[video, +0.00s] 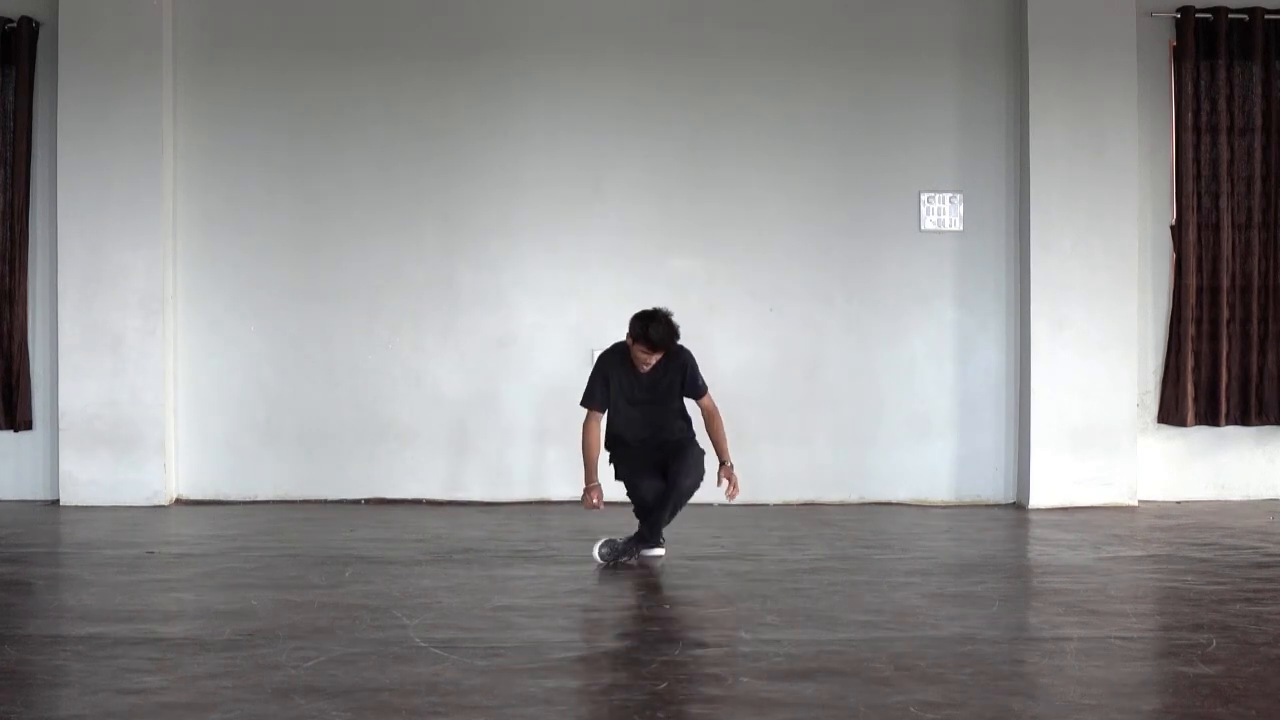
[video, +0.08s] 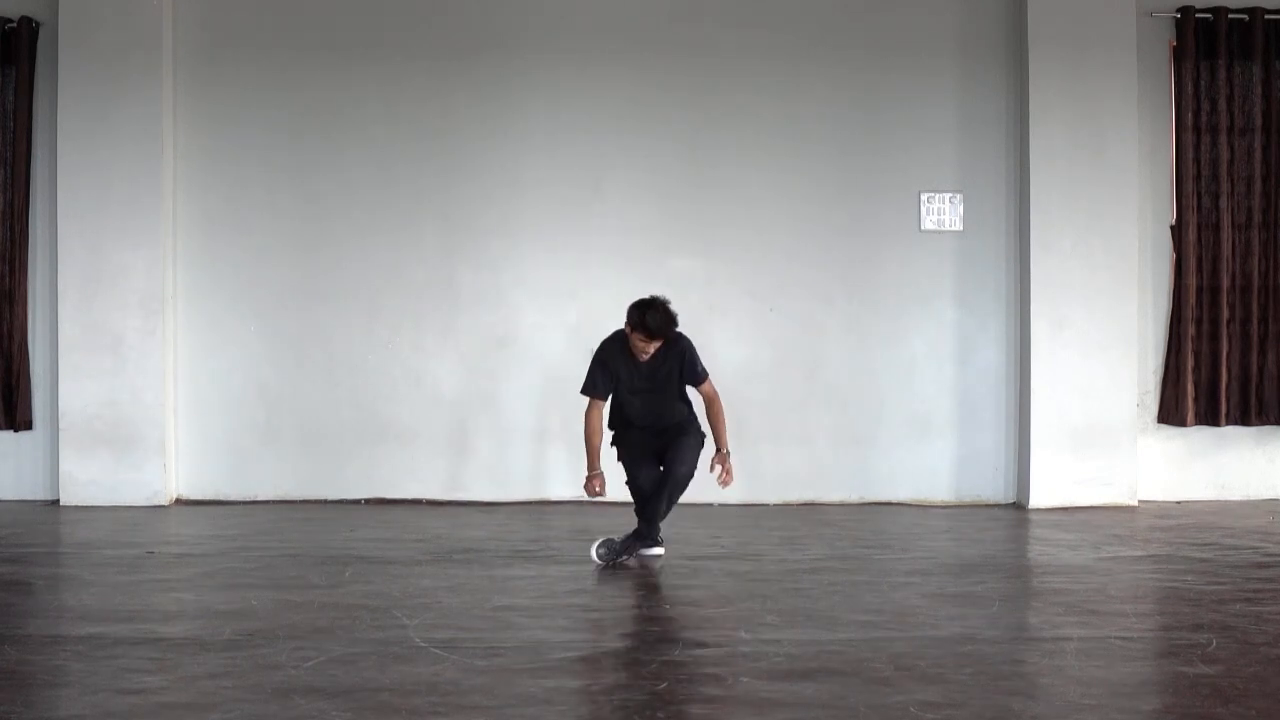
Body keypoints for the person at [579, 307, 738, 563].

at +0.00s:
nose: (650, 360)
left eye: (658, 355)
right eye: (644, 353)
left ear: (667, 350)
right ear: (629, 341)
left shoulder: (680, 360)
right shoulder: (610, 362)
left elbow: (709, 409)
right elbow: (593, 420)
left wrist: (726, 461)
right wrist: (591, 481)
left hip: (676, 442)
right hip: (629, 446)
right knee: (648, 495)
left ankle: (636, 541)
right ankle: (653, 539)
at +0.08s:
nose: (649, 348)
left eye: (656, 343)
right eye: (643, 341)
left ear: (665, 337)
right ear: (628, 330)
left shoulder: (679, 347)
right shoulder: (610, 351)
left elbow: (710, 395)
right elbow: (595, 408)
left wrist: (722, 449)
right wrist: (594, 469)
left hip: (679, 427)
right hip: (633, 431)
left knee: (680, 473)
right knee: (643, 483)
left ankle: (635, 538)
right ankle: (651, 536)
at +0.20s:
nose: (649, 324)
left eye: (656, 318)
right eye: (643, 316)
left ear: (665, 312)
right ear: (629, 307)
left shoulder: (680, 326)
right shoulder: (613, 329)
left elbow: (713, 375)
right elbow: (599, 386)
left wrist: (720, 432)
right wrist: (596, 448)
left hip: (680, 406)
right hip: (636, 410)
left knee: (676, 454)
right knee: (640, 474)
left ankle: (653, 527)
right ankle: (653, 532)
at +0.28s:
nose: (652, 302)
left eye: (659, 295)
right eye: (645, 294)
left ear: (669, 291)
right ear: (632, 286)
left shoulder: (683, 309)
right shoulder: (615, 312)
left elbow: (714, 361)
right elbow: (602, 369)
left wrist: (721, 420)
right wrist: (599, 431)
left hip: (682, 395)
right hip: (638, 399)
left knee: (678, 452)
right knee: (642, 468)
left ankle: (676, 528)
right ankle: (651, 527)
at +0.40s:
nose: (660, 265)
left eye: (667, 258)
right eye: (652, 257)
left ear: (676, 258)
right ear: (640, 255)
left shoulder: (693, 286)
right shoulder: (621, 285)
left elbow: (717, 339)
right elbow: (609, 339)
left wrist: (725, 401)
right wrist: (606, 397)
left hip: (687, 384)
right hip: (641, 387)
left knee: (681, 453)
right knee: (643, 463)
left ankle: (697, 533)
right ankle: (650, 529)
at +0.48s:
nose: (665, 253)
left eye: (672, 245)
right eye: (657, 244)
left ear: (682, 248)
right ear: (645, 246)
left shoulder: (700, 282)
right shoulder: (625, 280)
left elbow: (720, 334)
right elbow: (614, 328)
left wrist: (725, 393)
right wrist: (615, 381)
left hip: (691, 380)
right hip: (644, 380)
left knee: (686, 453)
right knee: (637, 452)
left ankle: (695, 532)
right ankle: (650, 524)